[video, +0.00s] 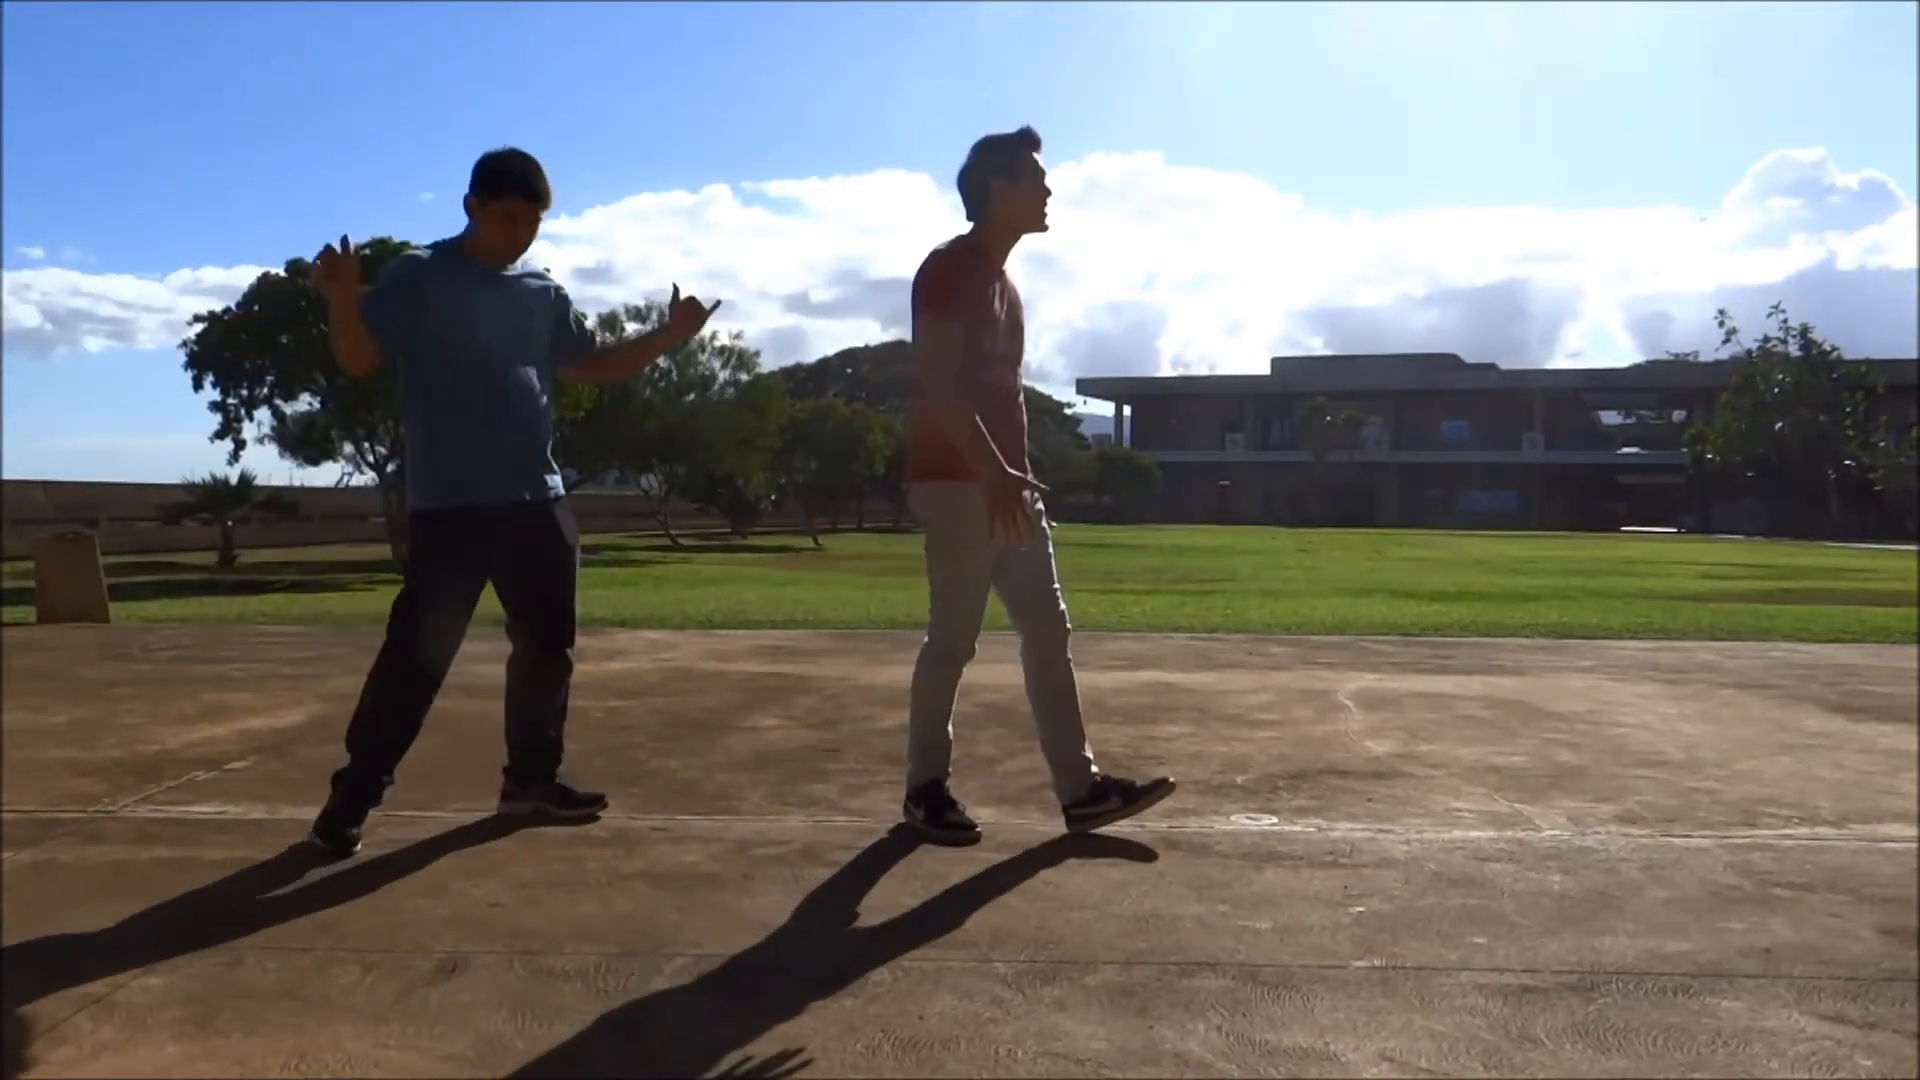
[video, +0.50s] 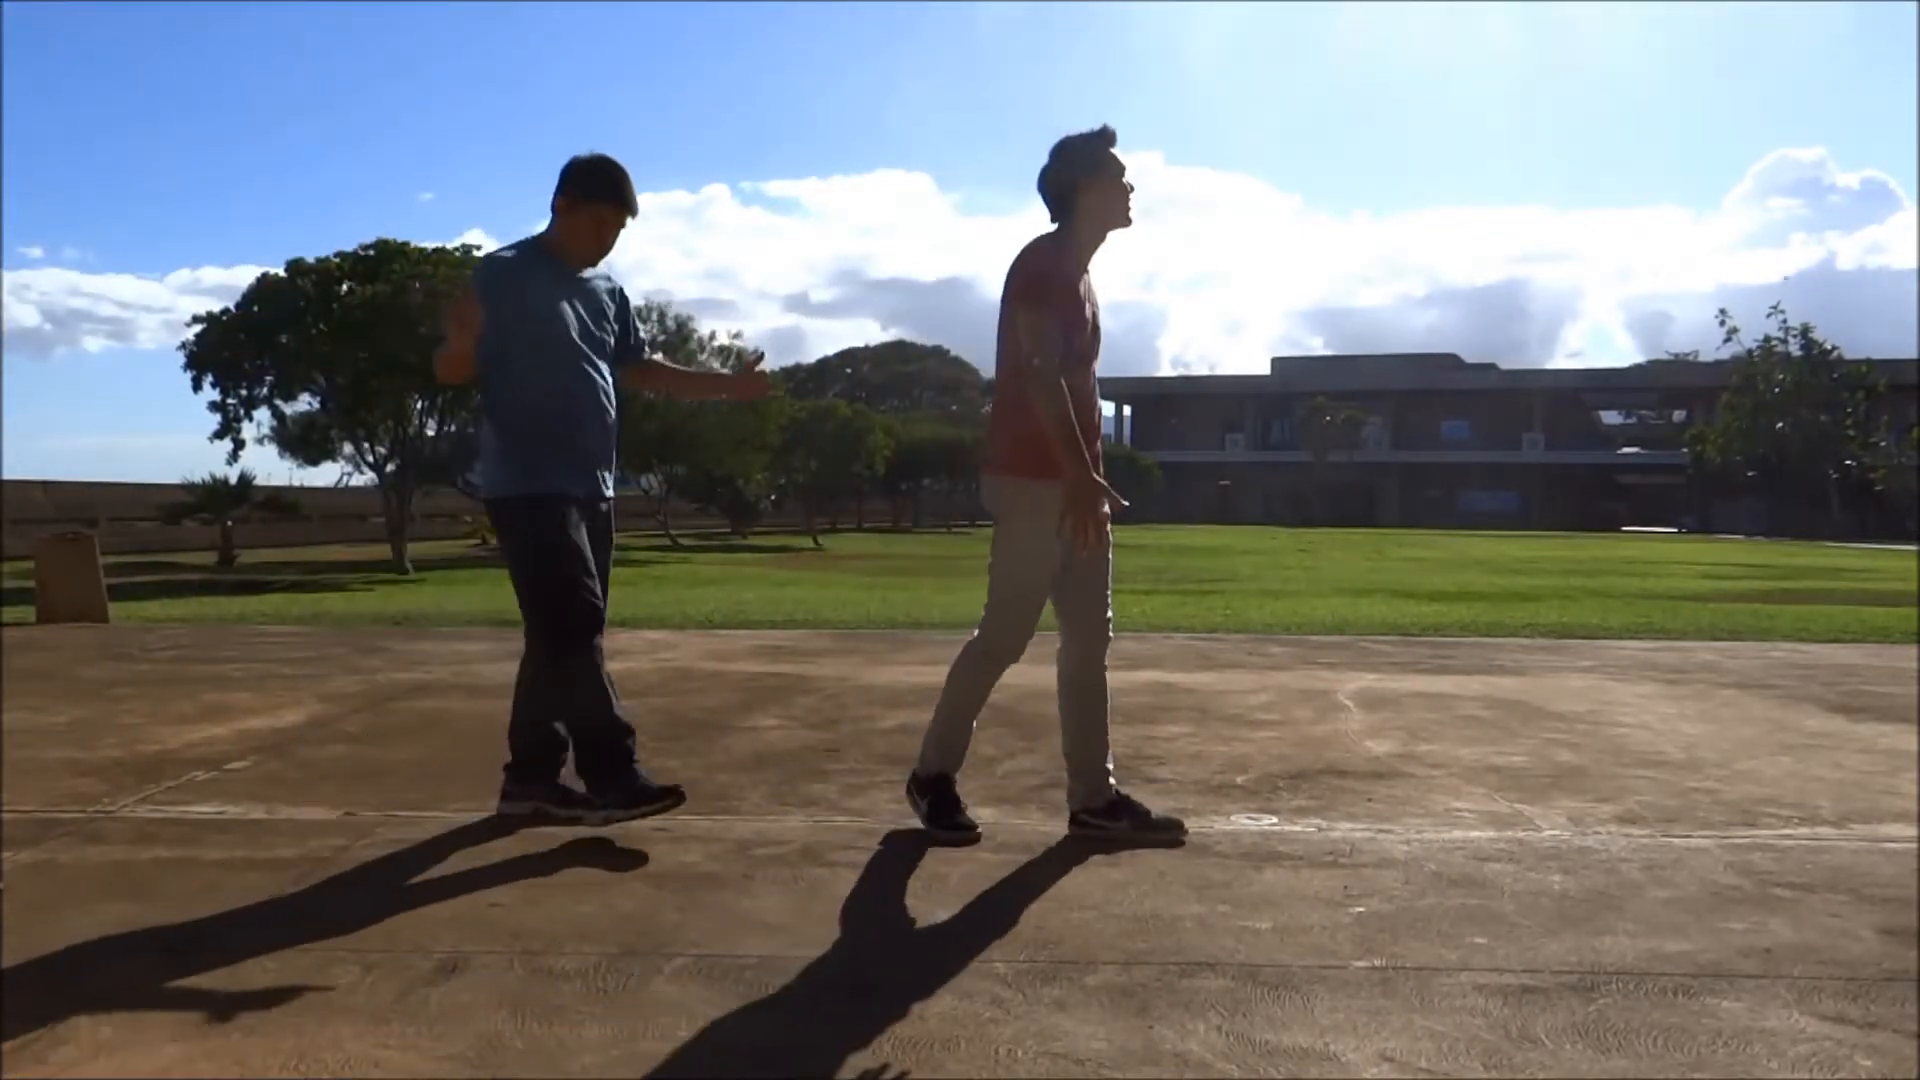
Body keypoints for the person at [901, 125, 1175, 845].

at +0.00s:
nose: (1048, 188)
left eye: (1043, 175)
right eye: (1035, 176)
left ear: (1011, 191)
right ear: (996, 191)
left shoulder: (1005, 285)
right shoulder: (951, 271)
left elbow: (1001, 391)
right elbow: (941, 388)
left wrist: (1018, 474)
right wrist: (994, 471)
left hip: (1007, 478)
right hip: (956, 481)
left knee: (1046, 630)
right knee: (953, 638)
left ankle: (1081, 787)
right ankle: (926, 791)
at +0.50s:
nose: (1130, 185)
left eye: (1125, 175)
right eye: (1117, 175)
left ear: (1091, 192)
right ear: (1082, 190)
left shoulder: (1076, 279)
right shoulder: (1043, 264)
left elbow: (1076, 388)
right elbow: (1043, 375)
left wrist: (1095, 480)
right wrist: (1079, 477)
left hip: (1078, 480)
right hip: (1032, 479)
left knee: (1087, 642)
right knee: (1006, 633)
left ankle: (1093, 799)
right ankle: (932, 776)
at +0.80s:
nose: (1174, 181)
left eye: (1168, 169)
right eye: (1161, 170)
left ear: (1133, 190)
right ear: (1126, 188)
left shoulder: (1121, 273)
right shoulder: (1091, 265)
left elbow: (1109, 389)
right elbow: (1077, 380)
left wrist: (1153, 457)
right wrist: (1108, 471)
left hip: (1123, 479)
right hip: (1089, 476)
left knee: (1115, 641)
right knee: (1097, 638)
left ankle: (1096, 799)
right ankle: (983, 752)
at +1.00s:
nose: (1200, 188)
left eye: (1195, 176)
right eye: (1188, 176)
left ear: (1155, 191)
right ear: (1155, 189)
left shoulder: (1147, 276)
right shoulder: (1110, 269)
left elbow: (1155, 392)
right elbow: (1090, 386)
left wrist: (1208, 456)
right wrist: (1102, 483)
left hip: (1149, 481)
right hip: (1127, 483)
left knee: (1133, 633)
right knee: (1165, 633)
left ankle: (1103, 792)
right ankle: (1072, 778)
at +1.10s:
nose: (1215, 190)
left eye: (1211, 178)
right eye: (1204, 178)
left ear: (1169, 193)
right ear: (1173, 191)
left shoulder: (1164, 280)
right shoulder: (1119, 270)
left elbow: (1170, 399)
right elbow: (1091, 387)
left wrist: (1235, 452)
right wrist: (1100, 486)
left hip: (1162, 487)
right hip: (1141, 488)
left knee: (1136, 635)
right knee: (1188, 638)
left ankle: (1099, 804)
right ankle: (1131, 803)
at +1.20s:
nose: (1229, 192)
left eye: (1225, 179)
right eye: (1220, 180)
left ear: (1184, 193)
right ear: (1189, 192)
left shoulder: (1177, 279)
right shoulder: (1133, 271)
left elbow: (1182, 398)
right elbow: (1097, 387)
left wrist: (1256, 448)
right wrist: (1101, 488)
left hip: (1169, 485)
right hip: (1153, 487)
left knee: (1138, 640)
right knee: (1205, 641)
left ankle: (1097, 799)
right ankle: (1200, 816)